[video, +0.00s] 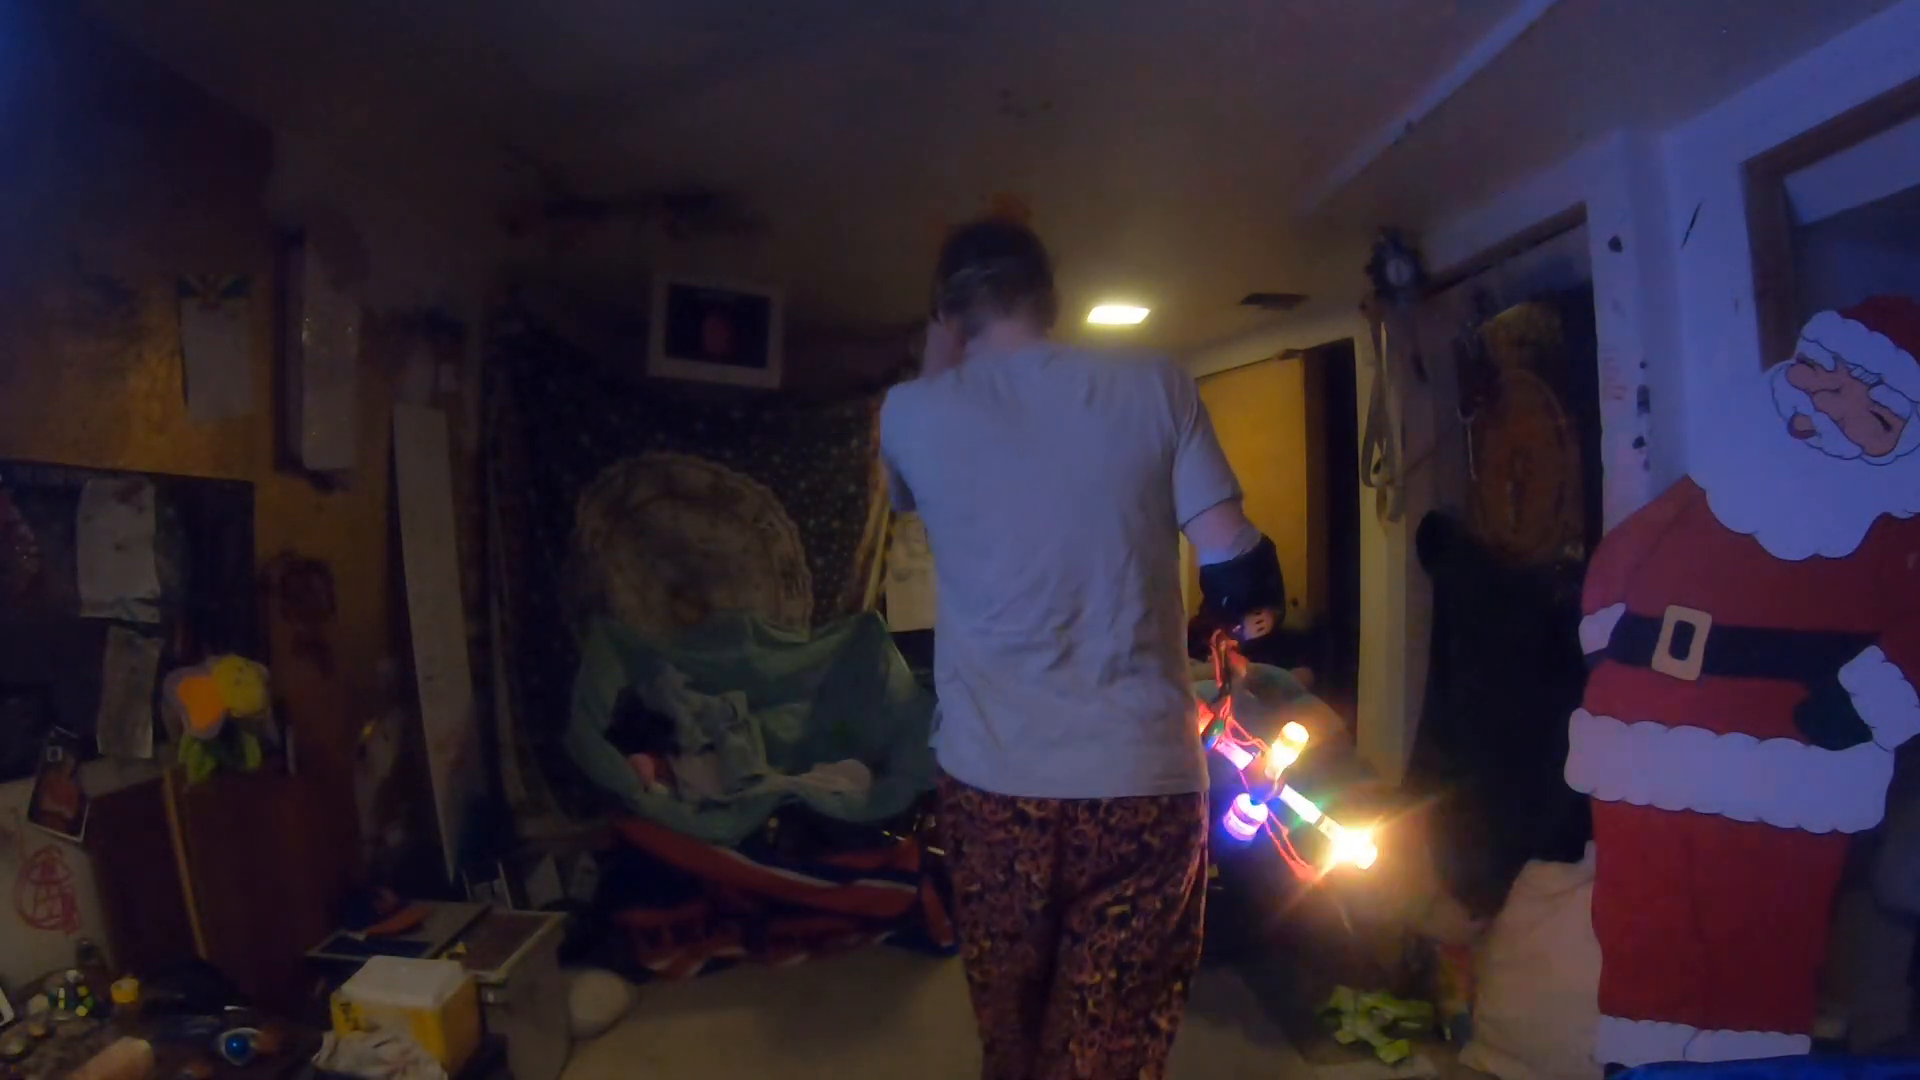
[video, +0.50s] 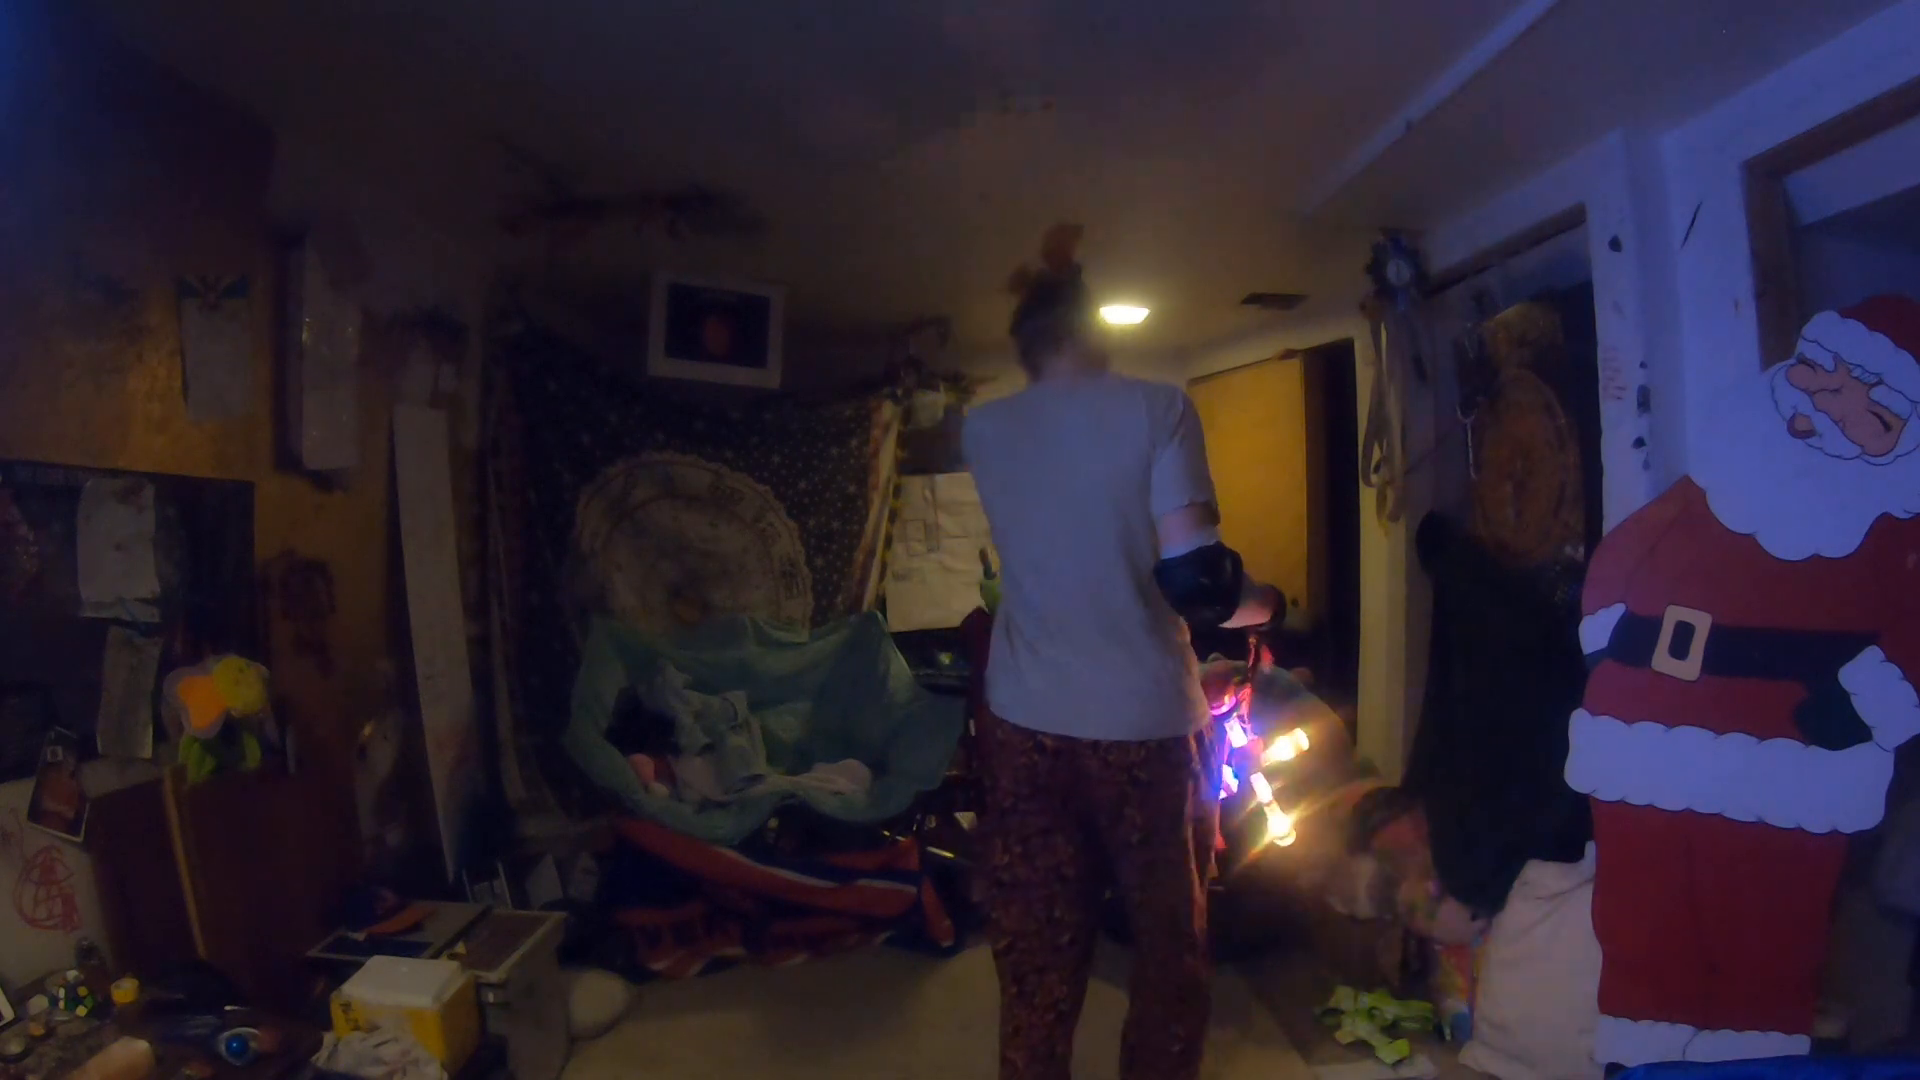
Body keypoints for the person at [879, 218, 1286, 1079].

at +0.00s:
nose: (943, 333)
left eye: (945, 318)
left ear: (951, 317)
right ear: (1052, 302)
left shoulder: (913, 414)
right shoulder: (1153, 386)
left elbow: (907, 491)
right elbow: (1239, 571)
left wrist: (936, 380)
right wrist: (1229, 623)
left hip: (989, 793)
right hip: (1143, 793)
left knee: (1009, 1039)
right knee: (1116, 1044)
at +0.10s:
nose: (942, 357)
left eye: (941, 340)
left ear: (953, 334)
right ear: (1047, 313)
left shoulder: (919, 428)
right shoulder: (1146, 386)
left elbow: (948, 525)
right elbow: (1229, 565)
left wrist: (954, 383)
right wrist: (1226, 615)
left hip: (998, 783)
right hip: (1139, 785)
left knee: (1015, 1022)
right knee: (1126, 1026)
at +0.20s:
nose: (954, 380)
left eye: (949, 363)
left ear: (954, 354)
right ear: (1048, 329)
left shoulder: (929, 440)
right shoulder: (1141, 394)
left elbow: (975, 546)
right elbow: (1219, 571)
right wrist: (1244, 598)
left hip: (995, 776)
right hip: (1133, 778)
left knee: (1021, 1020)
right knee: (1142, 1020)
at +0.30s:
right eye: (1058, 334)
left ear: (974, 357)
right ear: (1059, 333)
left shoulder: (945, 444)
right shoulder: (1141, 403)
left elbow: (998, 541)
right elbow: (1208, 577)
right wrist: (1243, 592)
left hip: (998, 763)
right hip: (1130, 764)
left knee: (1024, 991)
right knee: (1164, 962)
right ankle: (1134, 1070)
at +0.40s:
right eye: (1072, 327)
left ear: (995, 350)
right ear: (1072, 330)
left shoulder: (963, 436)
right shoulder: (1146, 404)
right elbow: (1197, 577)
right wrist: (1246, 599)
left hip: (1006, 745)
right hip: (1132, 746)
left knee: (1027, 980)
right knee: (1172, 954)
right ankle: (1144, 1069)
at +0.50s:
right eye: (1099, 327)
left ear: (1022, 350)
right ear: (1102, 331)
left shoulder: (986, 427)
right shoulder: (1157, 409)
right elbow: (1192, 579)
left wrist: (1050, 273)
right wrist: (1235, 593)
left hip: (1017, 724)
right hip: (1137, 729)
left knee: (1036, 955)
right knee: (1169, 953)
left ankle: (1030, 1071)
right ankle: (1157, 1070)